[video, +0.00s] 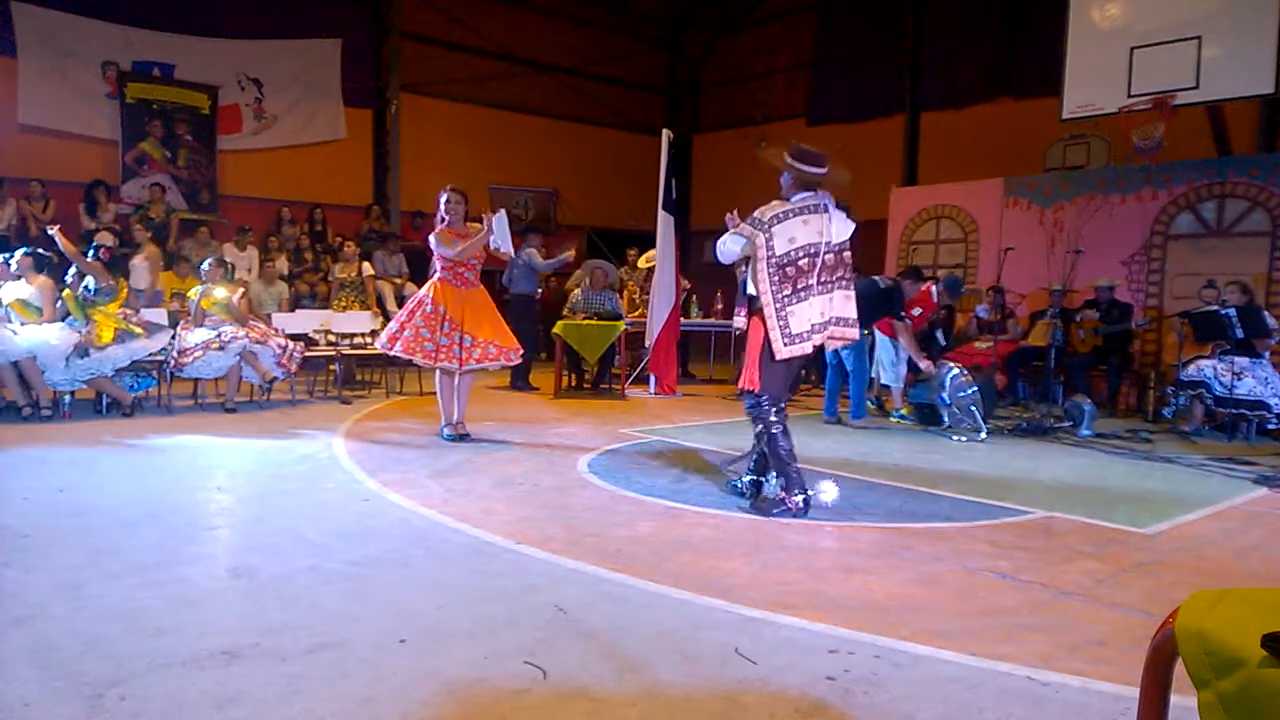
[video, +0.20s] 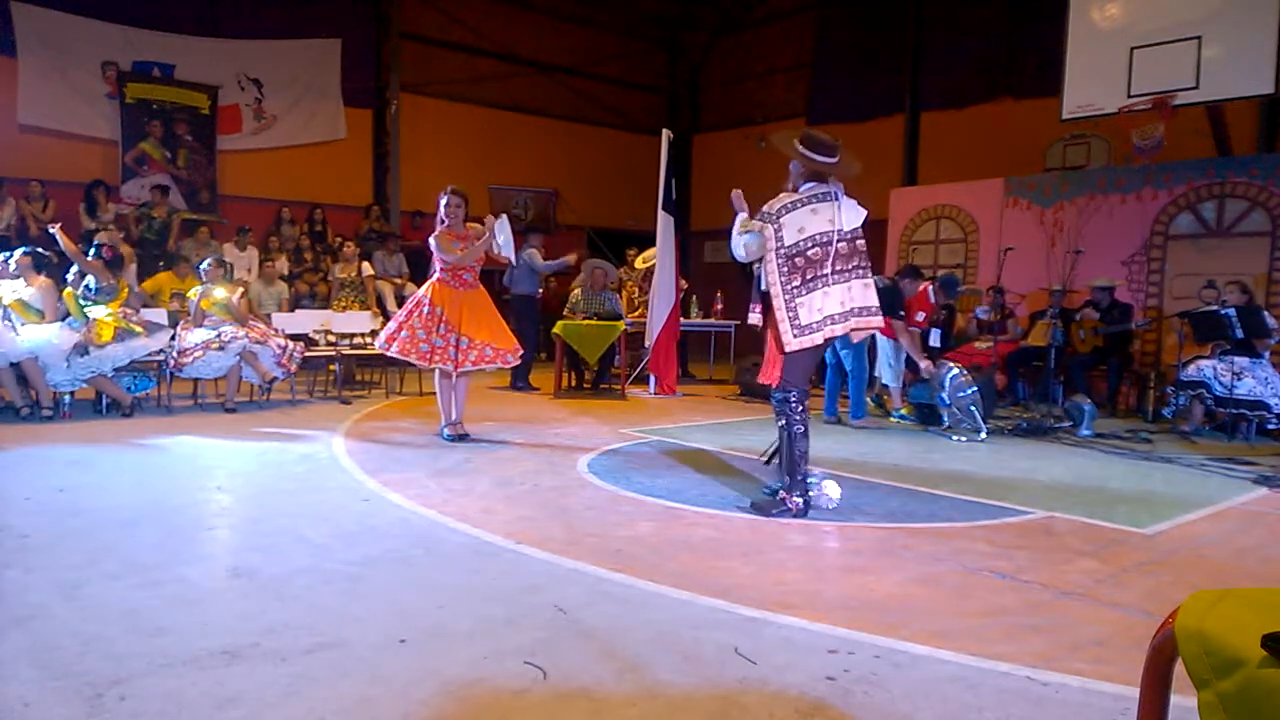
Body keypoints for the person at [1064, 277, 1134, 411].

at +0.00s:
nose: (1099, 294)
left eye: (1103, 291)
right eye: (1097, 291)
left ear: (1111, 292)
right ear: (1095, 292)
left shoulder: (1124, 308)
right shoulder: (1090, 305)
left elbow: (1119, 320)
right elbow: (1067, 314)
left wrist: (1098, 317)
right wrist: (1079, 316)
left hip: (1116, 350)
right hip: (1096, 349)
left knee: (1115, 366)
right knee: (1075, 363)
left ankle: (1111, 404)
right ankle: (1084, 400)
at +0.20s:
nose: (1093, 295)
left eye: (1096, 291)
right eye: (1092, 291)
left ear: (1107, 293)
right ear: (1093, 293)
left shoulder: (1123, 308)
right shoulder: (1090, 306)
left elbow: (1120, 323)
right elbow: (1067, 314)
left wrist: (1098, 317)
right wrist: (1078, 316)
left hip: (1116, 349)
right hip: (1096, 349)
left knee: (1115, 365)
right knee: (1076, 363)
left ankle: (1111, 403)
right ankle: (1083, 400)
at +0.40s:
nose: (1092, 295)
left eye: (1095, 292)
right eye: (1092, 292)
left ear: (1106, 293)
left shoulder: (1123, 309)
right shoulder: (1089, 307)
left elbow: (1119, 322)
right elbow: (1067, 315)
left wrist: (1097, 316)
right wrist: (1076, 316)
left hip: (1116, 350)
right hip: (1096, 349)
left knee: (1115, 365)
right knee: (1076, 363)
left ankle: (1111, 403)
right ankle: (1083, 400)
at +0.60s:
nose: (1091, 295)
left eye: (1095, 292)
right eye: (1091, 292)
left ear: (1105, 293)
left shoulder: (1123, 308)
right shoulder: (1089, 306)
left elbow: (1119, 321)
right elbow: (1067, 315)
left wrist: (1097, 316)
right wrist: (1078, 315)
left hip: (1117, 349)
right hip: (1096, 349)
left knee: (1115, 365)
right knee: (1076, 363)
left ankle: (1111, 403)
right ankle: (1083, 399)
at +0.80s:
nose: (1095, 295)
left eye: (1098, 292)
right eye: (1094, 292)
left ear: (1108, 292)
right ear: (1093, 293)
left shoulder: (1123, 308)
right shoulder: (1090, 305)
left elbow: (1118, 321)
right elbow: (1068, 315)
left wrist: (1097, 315)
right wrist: (1079, 315)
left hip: (1116, 349)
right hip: (1096, 348)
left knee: (1115, 365)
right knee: (1076, 363)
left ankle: (1111, 403)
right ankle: (1084, 400)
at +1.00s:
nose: (1097, 295)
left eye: (1101, 292)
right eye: (1096, 292)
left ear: (1110, 292)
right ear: (1094, 292)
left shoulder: (1124, 308)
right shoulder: (1091, 305)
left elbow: (1118, 320)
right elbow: (1068, 315)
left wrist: (1097, 315)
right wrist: (1079, 315)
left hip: (1117, 349)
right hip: (1096, 348)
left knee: (1114, 365)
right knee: (1076, 362)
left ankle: (1111, 403)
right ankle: (1083, 399)